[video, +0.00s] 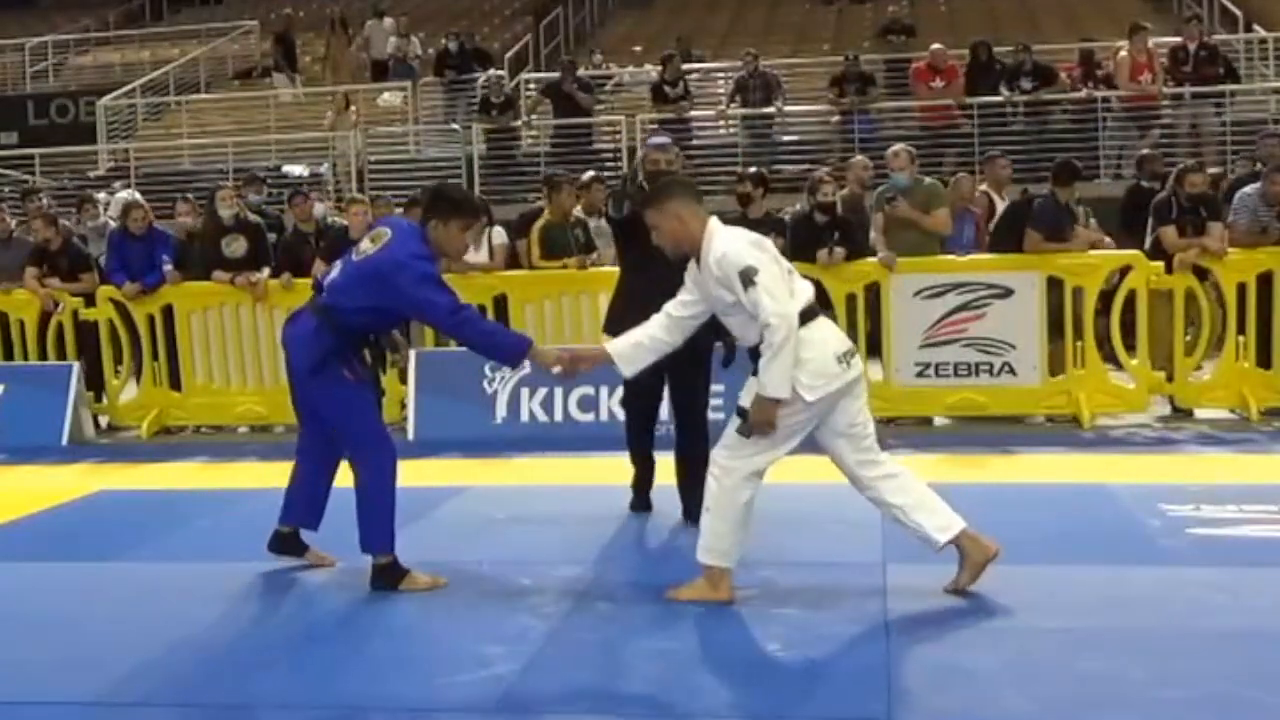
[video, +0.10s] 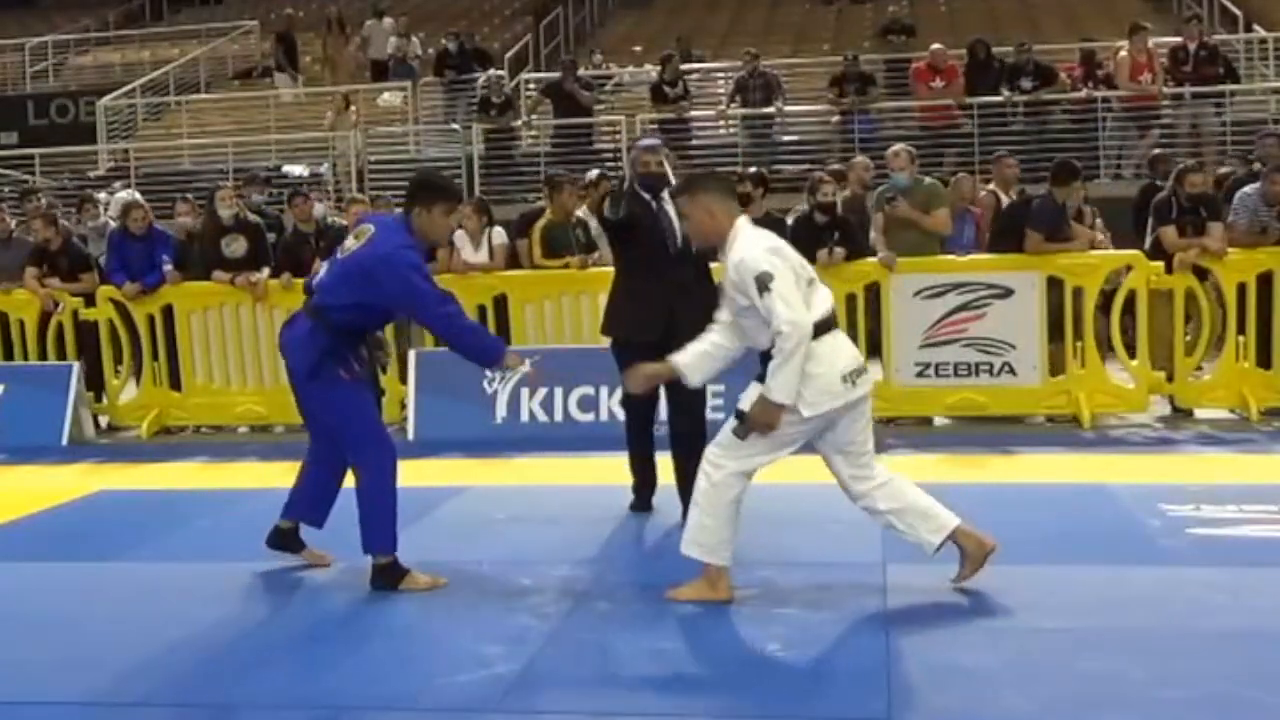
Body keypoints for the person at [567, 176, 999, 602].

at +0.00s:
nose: (657, 237)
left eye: (657, 226)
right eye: (653, 229)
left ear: (683, 215)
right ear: (684, 218)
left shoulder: (733, 248)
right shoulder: (706, 265)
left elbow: (781, 318)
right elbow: (670, 324)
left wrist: (768, 395)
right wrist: (601, 354)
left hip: (806, 364)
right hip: (833, 355)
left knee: (731, 464)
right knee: (868, 466)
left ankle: (715, 577)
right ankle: (969, 542)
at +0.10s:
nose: (687, 231)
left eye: (688, 219)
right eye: (684, 221)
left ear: (711, 212)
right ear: (715, 211)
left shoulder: (751, 254)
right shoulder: (745, 253)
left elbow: (793, 326)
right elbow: (729, 334)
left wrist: (772, 399)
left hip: (812, 377)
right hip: (843, 368)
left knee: (722, 462)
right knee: (863, 478)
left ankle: (714, 578)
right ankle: (967, 541)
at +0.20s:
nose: (730, 213)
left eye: (733, 201)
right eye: (729, 202)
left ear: (757, 200)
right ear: (774, 200)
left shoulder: (783, 255)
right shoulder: (812, 239)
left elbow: (810, 336)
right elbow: (800, 334)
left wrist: (786, 407)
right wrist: (767, 381)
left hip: (831, 389)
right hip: (868, 379)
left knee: (737, 465)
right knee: (867, 488)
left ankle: (716, 576)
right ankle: (963, 548)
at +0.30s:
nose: (783, 196)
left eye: (789, 184)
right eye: (785, 184)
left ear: (817, 184)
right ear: (829, 185)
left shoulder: (833, 242)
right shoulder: (872, 228)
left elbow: (853, 326)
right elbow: (900, 310)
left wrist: (829, 397)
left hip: (872, 378)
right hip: (909, 370)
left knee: (795, 473)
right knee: (900, 480)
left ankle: (733, 573)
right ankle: (977, 558)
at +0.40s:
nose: (829, 170)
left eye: (836, 160)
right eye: (831, 160)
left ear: (865, 162)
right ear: (874, 163)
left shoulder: (876, 220)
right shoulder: (914, 210)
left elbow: (904, 302)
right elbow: (944, 288)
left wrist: (881, 375)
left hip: (911, 366)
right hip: (951, 360)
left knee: (847, 468)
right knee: (936, 472)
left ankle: (796, 570)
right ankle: (985, 567)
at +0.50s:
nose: (858, 136)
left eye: (865, 126)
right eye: (860, 126)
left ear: (890, 129)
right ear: (907, 130)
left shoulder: (900, 183)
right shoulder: (947, 176)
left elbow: (934, 256)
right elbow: (987, 252)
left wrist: (921, 335)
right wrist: (973, 307)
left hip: (942, 328)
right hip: (982, 324)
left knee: (899, 444)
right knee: (970, 444)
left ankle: (899, 562)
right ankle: (989, 558)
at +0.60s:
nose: (887, 116)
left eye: (894, 107)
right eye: (887, 107)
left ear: (922, 108)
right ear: (938, 109)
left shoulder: (922, 165)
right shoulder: (985, 157)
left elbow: (953, 240)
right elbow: (1022, 233)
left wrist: (949, 318)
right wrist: (1017, 295)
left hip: (975, 300)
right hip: (1018, 294)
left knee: (958, 424)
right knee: (1003, 422)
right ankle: (1012, 542)